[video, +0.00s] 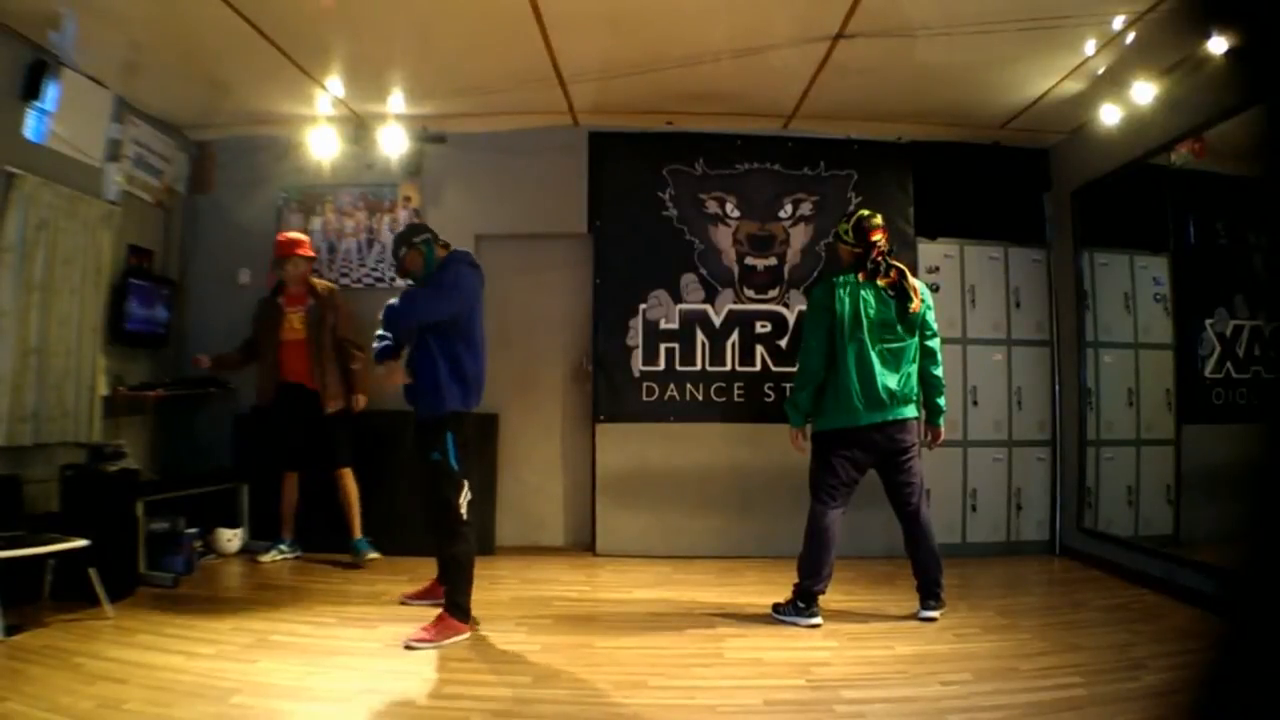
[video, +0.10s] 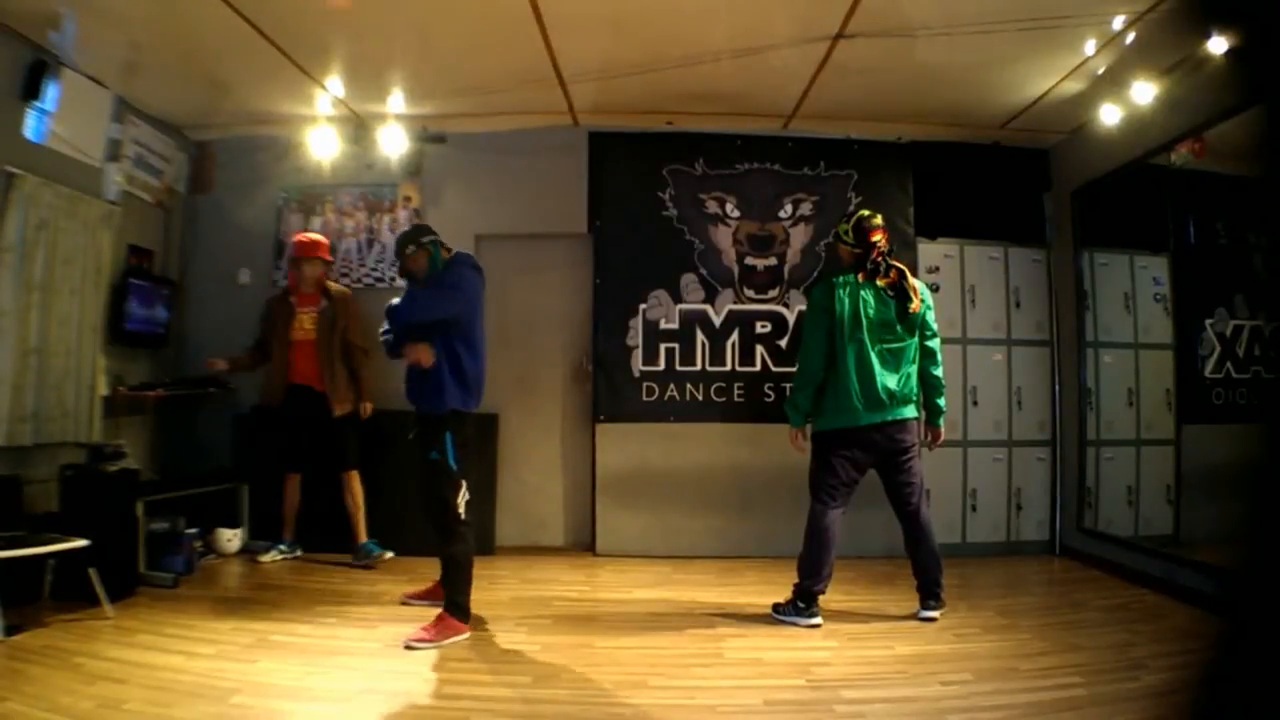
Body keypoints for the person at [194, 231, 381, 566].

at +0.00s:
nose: (301, 267)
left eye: (305, 261)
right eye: (294, 261)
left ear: (312, 263)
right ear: (280, 266)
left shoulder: (329, 297)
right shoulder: (269, 305)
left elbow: (349, 345)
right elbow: (254, 349)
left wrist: (357, 387)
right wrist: (216, 363)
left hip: (326, 395)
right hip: (285, 394)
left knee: (341, 466)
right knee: (288, 469)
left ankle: (358, 539)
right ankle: (286, 540)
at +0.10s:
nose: (312, 268)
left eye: (317, 262)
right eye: (307, 262)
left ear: (327, 265)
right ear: (295, 265)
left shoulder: (341, 301)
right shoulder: (279, 304)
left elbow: (356, 349)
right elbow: (263, 351)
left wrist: (364, 394)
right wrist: (231, 364)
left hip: (334, 395)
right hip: (292, 394)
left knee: (349, 469)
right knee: (292, 469)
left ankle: (362, 542)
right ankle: (287, 541)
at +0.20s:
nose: (335, 272)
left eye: (339, 266)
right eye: (329, 265)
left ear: (347, 269)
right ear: (315, 266)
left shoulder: (357, 305)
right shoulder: (290, 303)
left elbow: (367, 353)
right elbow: (273, 346)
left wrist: (371, 399)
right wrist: (267, 376)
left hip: (344, 399)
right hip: (301, 395)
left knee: (357, 471)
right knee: (295, 470)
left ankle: (365, 545)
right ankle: (288, 541)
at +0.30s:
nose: (363, 276)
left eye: (366, 271)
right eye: (358, 270)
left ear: (368, 275)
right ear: (339, 269)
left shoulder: (374, 310)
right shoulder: (308, 304)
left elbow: (381, 358)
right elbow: (294, 352)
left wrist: (382, 405)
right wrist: (303, 394)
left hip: (359, 402)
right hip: (317, 399)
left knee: (371, 474)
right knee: (301, 471)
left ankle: (366, 545)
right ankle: (288, 539)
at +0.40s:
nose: (384, 281)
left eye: (387, 274)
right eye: (380, 273)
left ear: (388, 279)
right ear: (363, 272)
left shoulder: (389, 313)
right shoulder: (331, 305)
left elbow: (392, 363)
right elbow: (324, 359)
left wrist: (397, 409)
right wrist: (340, 405)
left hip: (377, 403)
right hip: (339, 400)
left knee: (384, 475)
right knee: (318, 470)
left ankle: (367, 545)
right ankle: (290, 534)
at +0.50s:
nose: (397, 279)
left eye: (401, 273)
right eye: (393, 272)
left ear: (406, 276)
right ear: (380, 271)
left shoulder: (406, 306)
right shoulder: (353, 300)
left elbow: (408, 354)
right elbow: (348, 357)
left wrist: (409, 396)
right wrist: (368, 401)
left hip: (395, 398)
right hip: (360, 396)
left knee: (391, 475)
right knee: (353, 473)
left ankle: (369, 546)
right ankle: (312, 532)